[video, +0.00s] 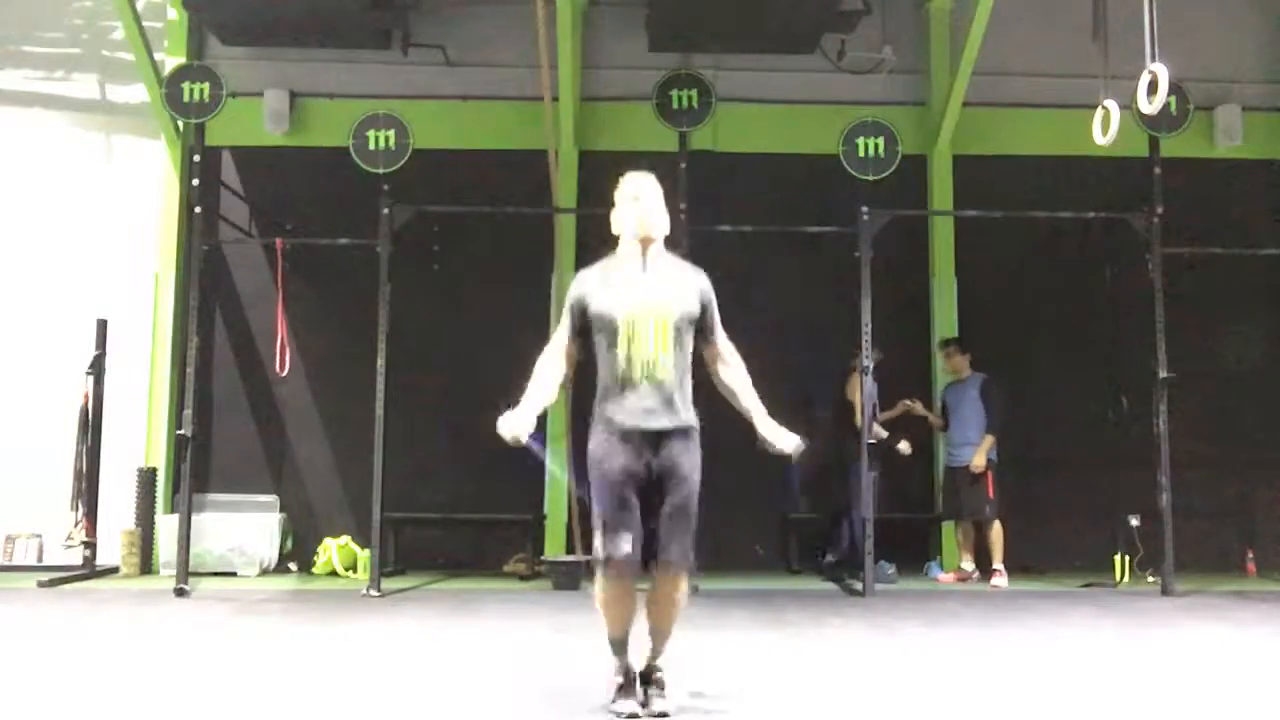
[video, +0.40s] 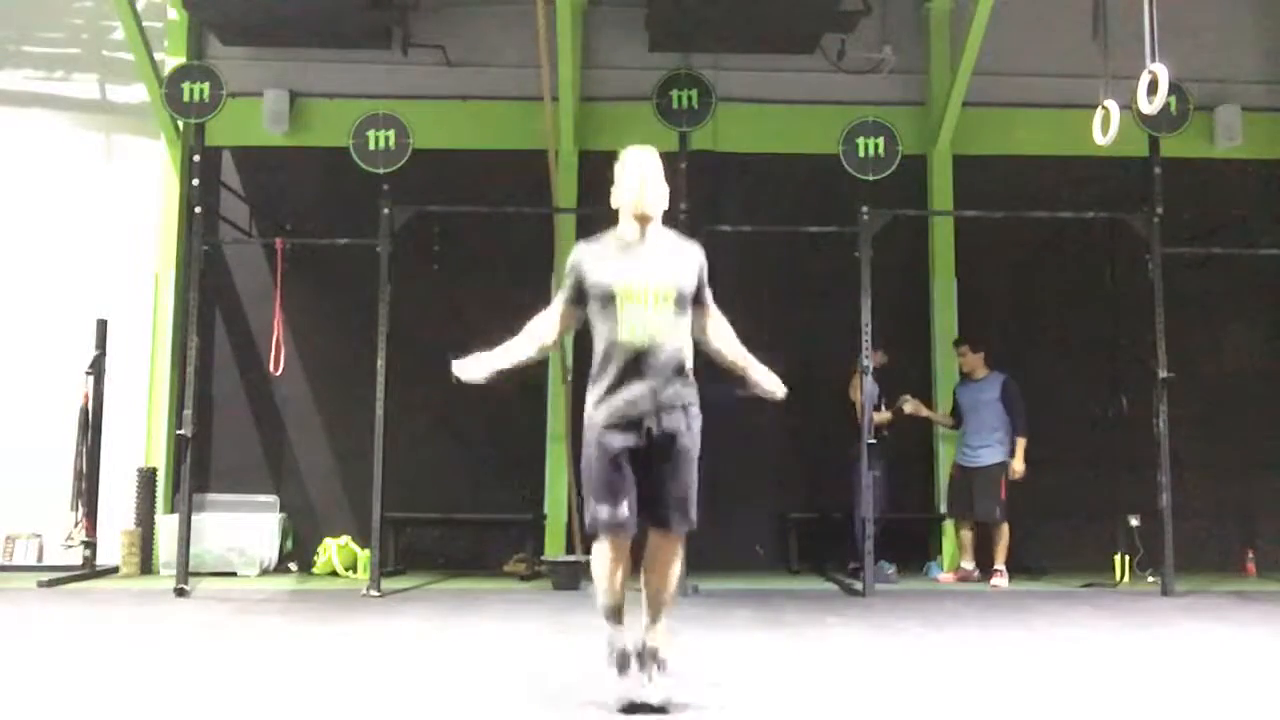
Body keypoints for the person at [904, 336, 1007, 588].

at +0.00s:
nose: (947, 362)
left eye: (951, 356)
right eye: (945, 357)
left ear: (966, 356)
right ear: (946, 360)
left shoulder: (984, 384)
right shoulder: (948, 391)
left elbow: (994, 421)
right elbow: (945, 425)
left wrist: (982, 452)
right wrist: (924, 413)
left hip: (979, 459)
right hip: (955, 462)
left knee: (988, 516)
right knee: (961, 517)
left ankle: (998, 568)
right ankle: (967, 567)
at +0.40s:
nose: (959, 361)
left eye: (963, 355)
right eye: (958, 356)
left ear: (980, 355)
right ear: (962, 357)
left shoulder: (1003, 384)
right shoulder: (961, 389)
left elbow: (1019, 423)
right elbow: (955, 423)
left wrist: (1018, 457)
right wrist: (924, 412)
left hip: (994, 460)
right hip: (964, 461)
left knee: (996, 517)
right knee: (962, 515)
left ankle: (999, 569)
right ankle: (968, 567)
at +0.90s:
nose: (945, 364)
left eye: (948, 358)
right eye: (944, 358)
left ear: (963, 357)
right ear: (953, 359)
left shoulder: (990, 384)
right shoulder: (950, 389)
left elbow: (999, 425)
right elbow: (945, 423)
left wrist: (983, 459)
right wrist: (915, 440)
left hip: (985, 462)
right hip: (956, 463)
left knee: (992, 517)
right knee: (953, 518)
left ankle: (998, 568)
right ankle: (954, 573)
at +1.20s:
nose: (920, 361)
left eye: (924, 355)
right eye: (920, 356)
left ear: (939, 355)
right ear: (934, 357)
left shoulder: (967, 381)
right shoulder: (924, 387)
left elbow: (982, 417)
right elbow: (921, 424)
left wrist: (957, 443)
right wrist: (912, 458)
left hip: (960, 459)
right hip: (931, 460)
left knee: (968, 514)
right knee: (940, 518)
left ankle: (993, 560)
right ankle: (952, 572)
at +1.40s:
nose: (905, 361)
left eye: (909, 355)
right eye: (904, 356)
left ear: (924, 353)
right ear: (911, 358)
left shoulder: (951, 380)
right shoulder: (910, 387)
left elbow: (967, 418)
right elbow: (907, 423)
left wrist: (955, 450)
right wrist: (895, 451)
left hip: (943, 458)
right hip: (920, 459)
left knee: (936, 513)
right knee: (928, 515)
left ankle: (960, 562)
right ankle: (947, 571)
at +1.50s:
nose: (898, 361)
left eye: (902, 355)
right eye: (896, 356)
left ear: (916, 353)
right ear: (900, 359)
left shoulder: (940, 380)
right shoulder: (902, 388)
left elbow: (964, 414)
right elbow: (898, 423)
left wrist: (956, 448)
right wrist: (886, 449)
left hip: (937, 456)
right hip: (914, 458)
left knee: (922, 512)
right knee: (932, 516)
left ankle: (931, 572)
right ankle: (951, 569)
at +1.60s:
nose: (891, 363)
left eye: (894, 357)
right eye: (888, 359)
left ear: (907, 356)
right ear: (890, 362)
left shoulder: (932, 381)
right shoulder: (894, 388)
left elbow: (961, 411)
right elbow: (891, 423)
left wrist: (957, 446)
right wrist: (877, 446)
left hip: (930, 458)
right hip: (909, 459)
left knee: (913, 515)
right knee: (930, 517)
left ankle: (900, 574)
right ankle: (951, 570)